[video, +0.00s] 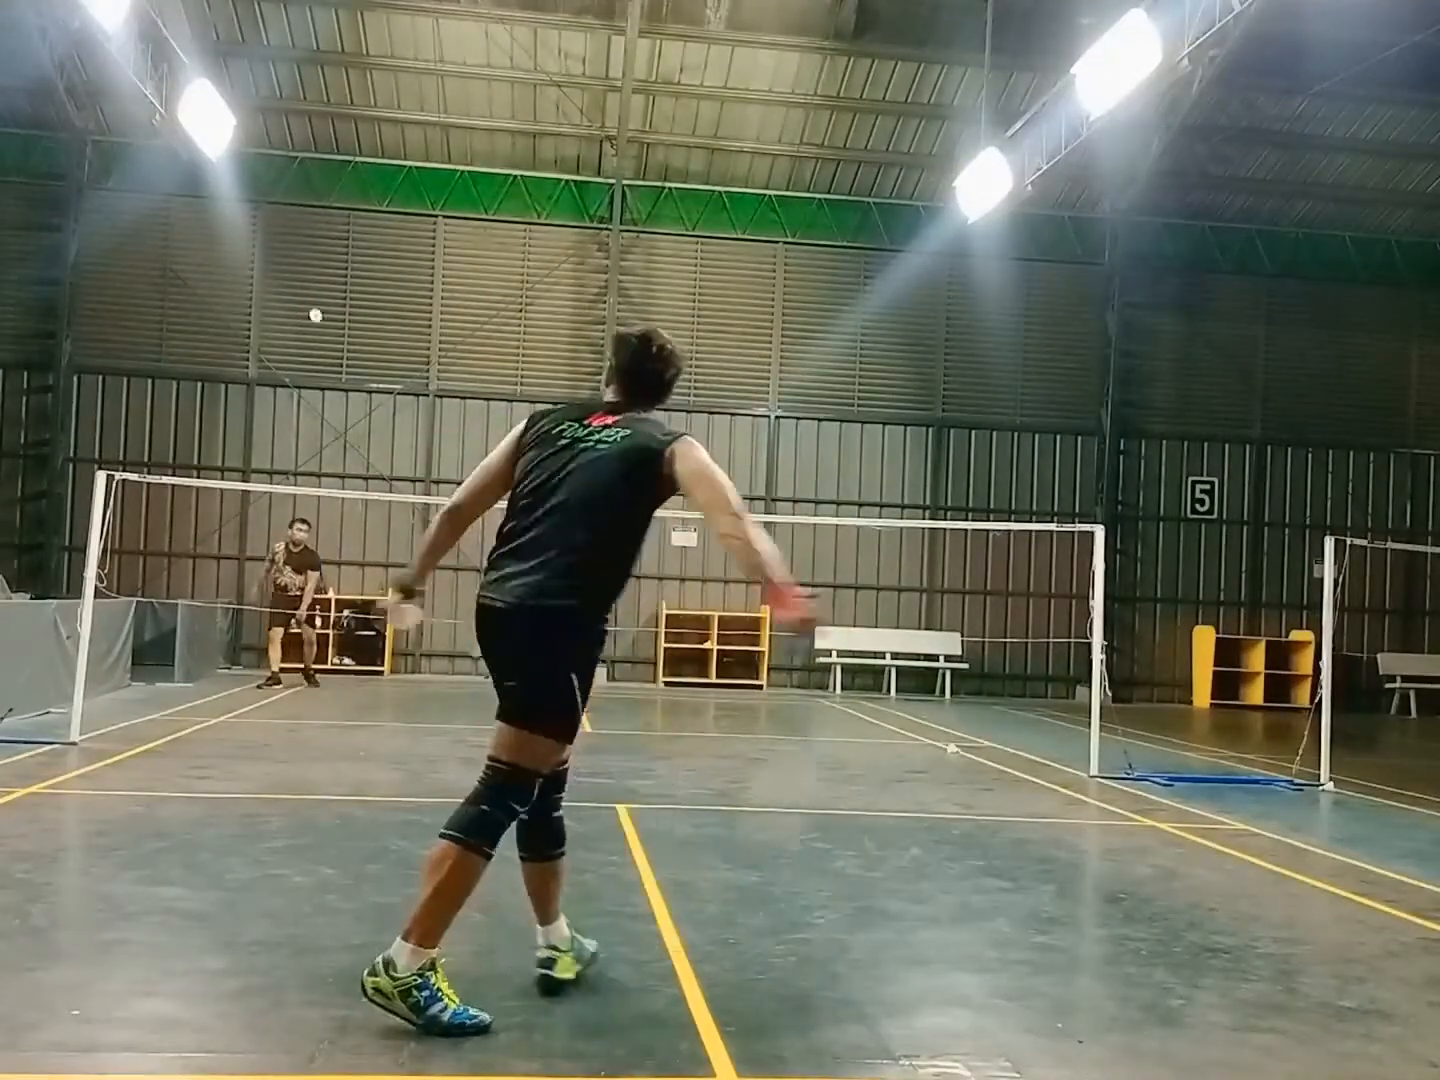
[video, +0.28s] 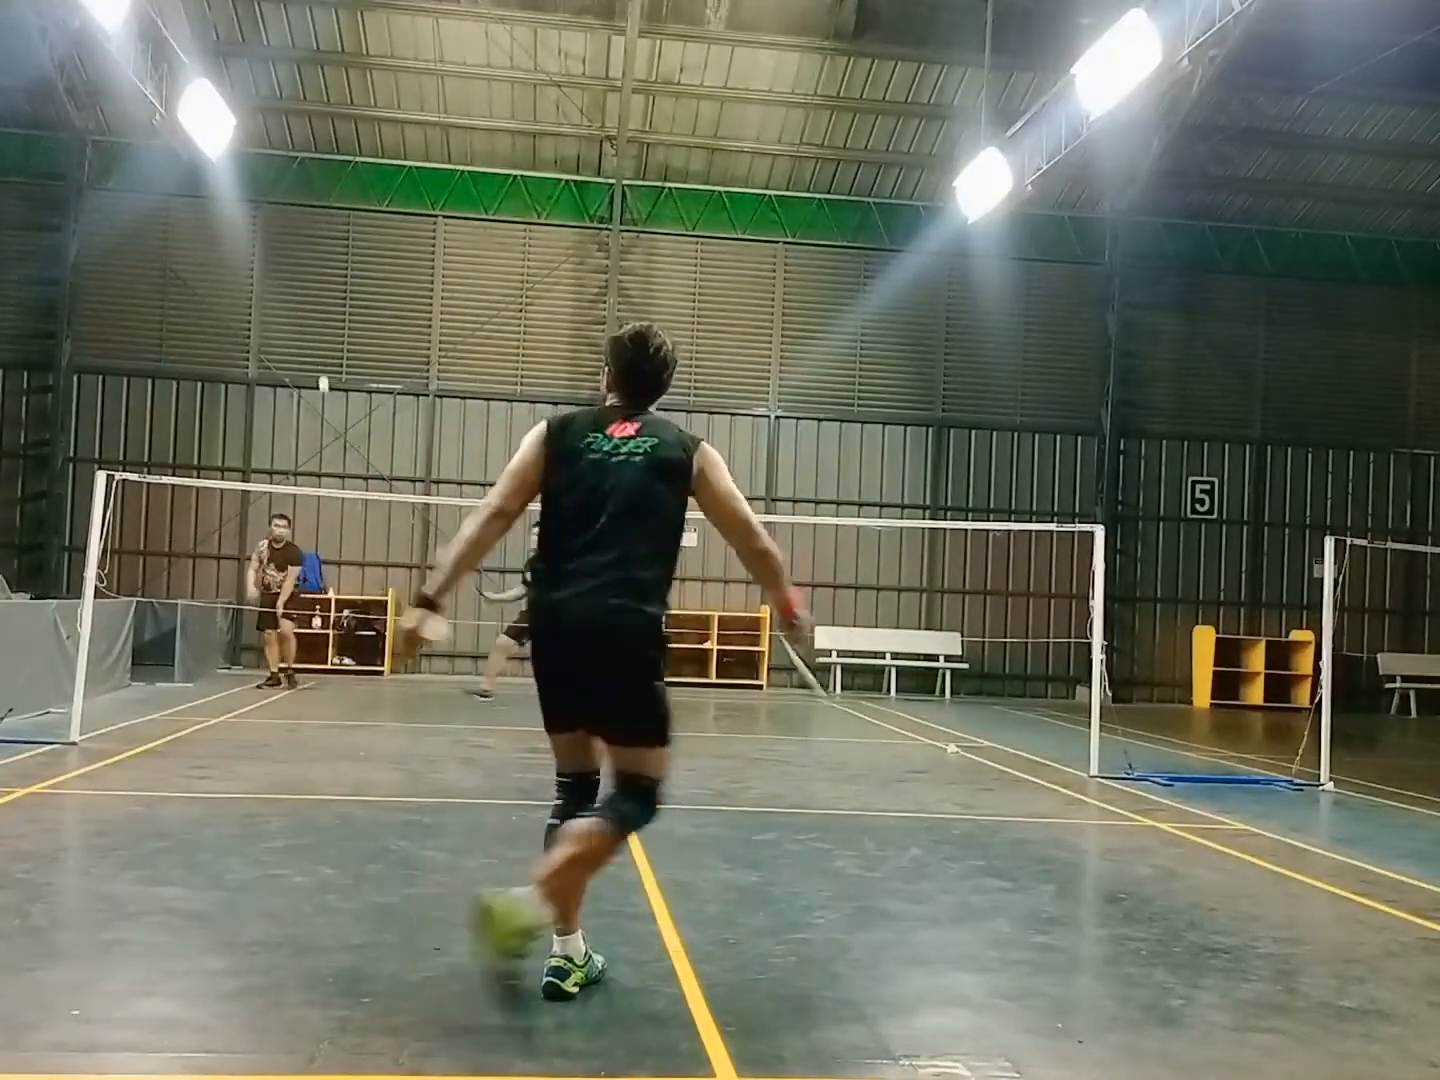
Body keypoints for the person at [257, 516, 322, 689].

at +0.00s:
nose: (301, 534)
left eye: (305, 531)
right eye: (298, 530)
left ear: (308, 535)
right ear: (290, 531)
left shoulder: (312, 556)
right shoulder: (278, 550)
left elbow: (311, 585)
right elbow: (267, 570)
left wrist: (303, 608)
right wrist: (259, 589)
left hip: (302, 597)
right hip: (280, 596)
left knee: (309, 636)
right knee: (274, 634)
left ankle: (308, 670)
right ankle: (274, 674)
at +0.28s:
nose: (280, 530)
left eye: (284, 527)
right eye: (276, 526)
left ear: (289, 530)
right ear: (270, 528)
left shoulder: (294, 552)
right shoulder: (262, 547)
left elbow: (291, 580)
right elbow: (253, 568)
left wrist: (280, 602)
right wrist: (251, 588)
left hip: (287, 594)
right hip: (267, 594)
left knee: (286, 630)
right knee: (269, 634)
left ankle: (289, 670)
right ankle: (274, 673)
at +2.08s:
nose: (202, 526)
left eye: (205, 523)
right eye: (198, 522)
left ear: (208, 526)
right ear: (187, 523)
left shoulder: (211, 549)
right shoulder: (173, 542)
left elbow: (212, 579)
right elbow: (158, 561)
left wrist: (205, 607)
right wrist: (154, 586)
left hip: (200, 600)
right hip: (175, 599)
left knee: (202, 641)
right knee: (168, 637)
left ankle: (202, 680)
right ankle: (161, 681)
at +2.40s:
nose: (184, 516)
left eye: (186, 513)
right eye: (180, 512)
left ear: (188, 516)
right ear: (166, 514)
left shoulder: (193, 542)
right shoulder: (151, 537)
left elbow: (204, 570)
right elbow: (136, 563)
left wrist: (210, 598)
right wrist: (133, 591)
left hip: (184, 595)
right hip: (156, 594)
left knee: (189, 635)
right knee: (157, 638)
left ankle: (187, 670)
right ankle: (159, 682)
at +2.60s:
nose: (176, 516)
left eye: (178, 512)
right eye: (171, 512)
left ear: (179, 516)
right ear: (157, 515)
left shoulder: (186, 541)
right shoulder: (143, 538)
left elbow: (197, 569)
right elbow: (127, 564)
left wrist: (198, 599)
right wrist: (121, 587)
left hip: (177, 597)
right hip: (151, 596)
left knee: (170, 639)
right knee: (155, 641)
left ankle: (165, 684)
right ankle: (158, 682)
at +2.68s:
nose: (175, 516)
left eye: (177, 513)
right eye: (170, 512)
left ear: (179, 516)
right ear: (157, 515)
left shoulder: (185, 542)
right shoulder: (142, 538)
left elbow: (194, 570)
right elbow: (126, 565)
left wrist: (194, 599)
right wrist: (119, 589)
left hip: (175, 597)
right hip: (150, 597)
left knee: (167, 639)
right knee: (153, 642)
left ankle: (160, 685)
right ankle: (156, 683)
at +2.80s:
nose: (176, 515)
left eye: (178, 512)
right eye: (172, 511)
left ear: (179, 515)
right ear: (157, 513)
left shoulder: (184, 541)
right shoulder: (141, 536)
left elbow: (191, 571)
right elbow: (126, 566)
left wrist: (189, 600)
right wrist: (119, 594)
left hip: (172, 598)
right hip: (146, 597)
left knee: (164, 640)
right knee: (150, 642)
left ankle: (158, 686)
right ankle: (151, 676)